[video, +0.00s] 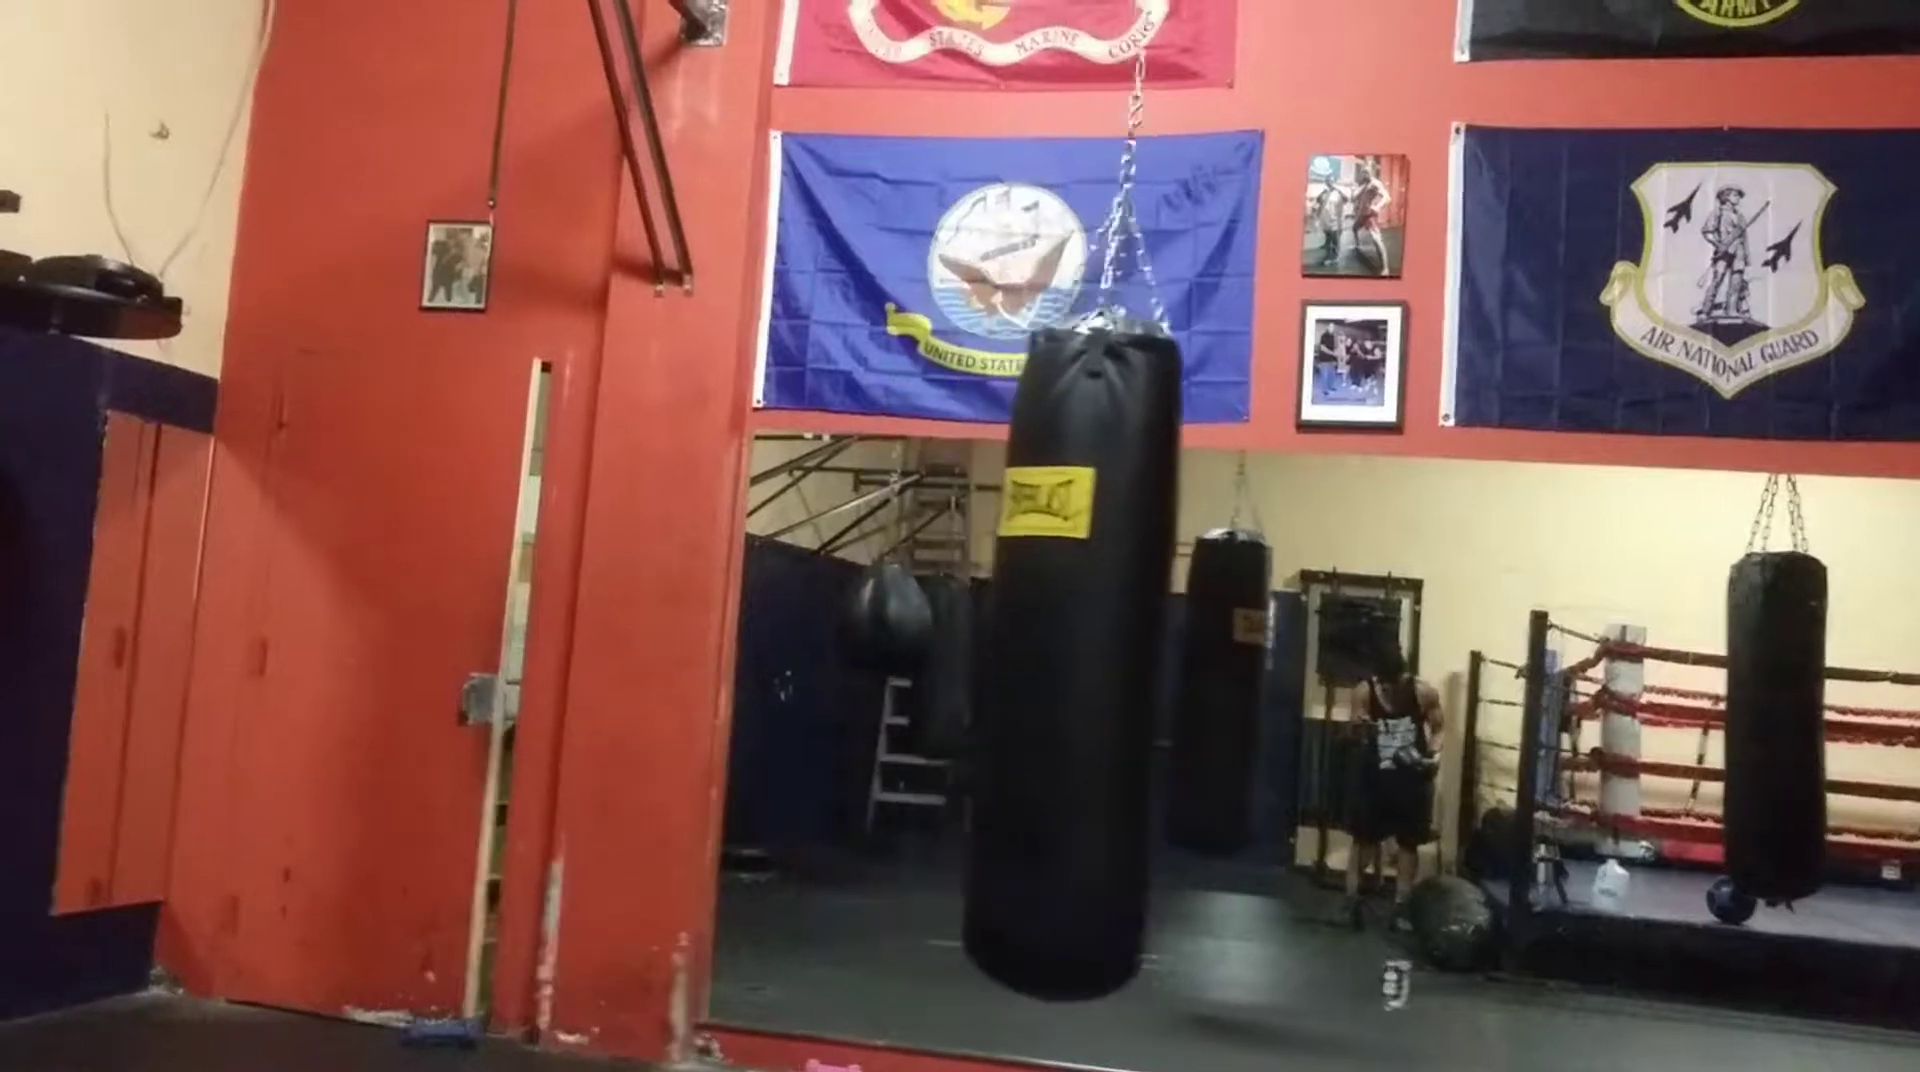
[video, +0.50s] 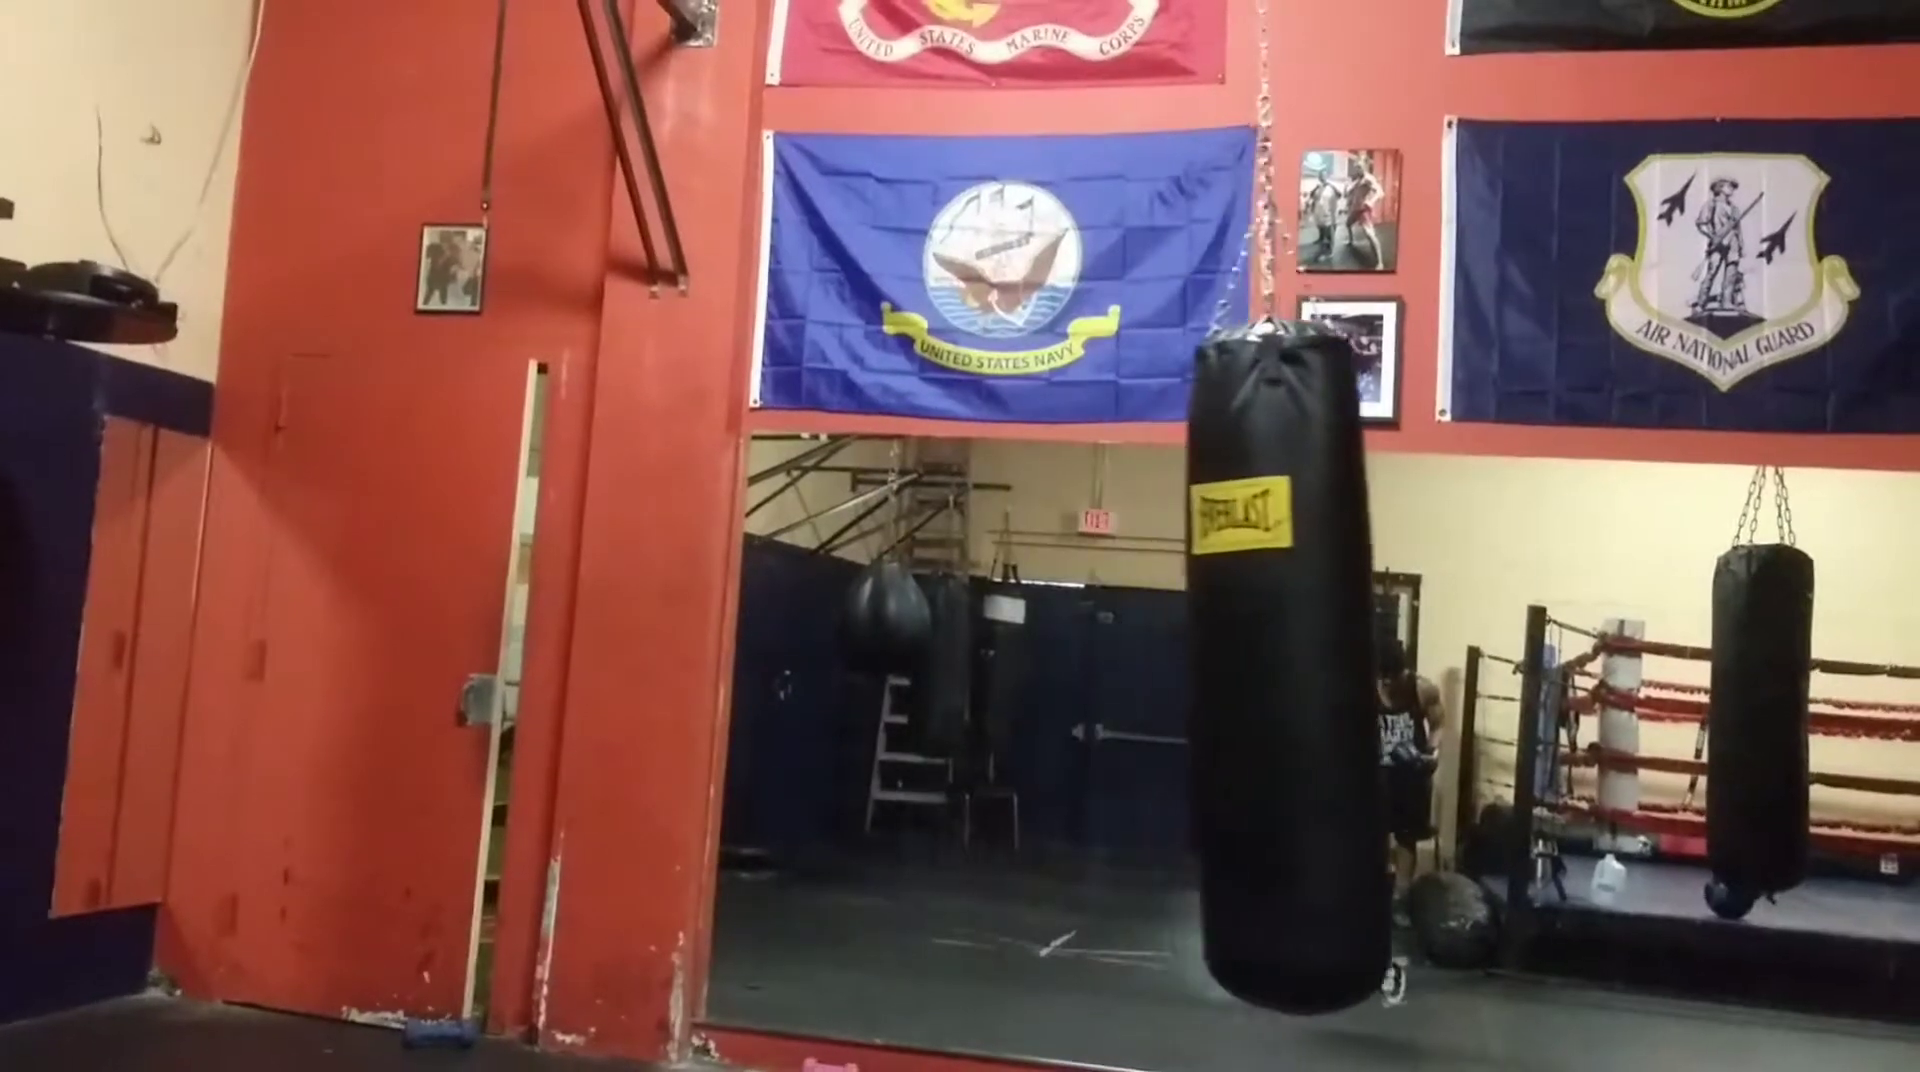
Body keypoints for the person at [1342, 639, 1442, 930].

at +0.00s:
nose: (1388, 689)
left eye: (1394, 683)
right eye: (1382, 683)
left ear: (1406, 675)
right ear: (1375, 678)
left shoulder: (1424, 694)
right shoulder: (1364, 693)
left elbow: (1437, 727)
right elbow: (1355, 730)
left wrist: (1434, 752)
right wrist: (1365, 731)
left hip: (1412, 778)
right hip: (1374, 776)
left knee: (1408, 844)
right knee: (1363, 839)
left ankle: (1402, 907)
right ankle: (1354, 901)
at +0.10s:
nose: (1387, 690)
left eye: (1392, 685)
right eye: (1382, 685)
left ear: (1405, 676)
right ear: (1375, 678)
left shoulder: (1424, 694)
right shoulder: (1363, 695)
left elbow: (1437, 728)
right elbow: (1358, 735)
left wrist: (1431, 752)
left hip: (1411, 780)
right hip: (1373, 778)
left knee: (1407, 846)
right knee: (1361, 839)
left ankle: (1400, 909)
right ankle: (1351, 898)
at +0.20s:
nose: (1388, 688)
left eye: (1393, 682)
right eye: (1382, 683)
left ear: (1404, 673)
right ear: (1374, 676)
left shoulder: (1423, 692)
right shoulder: (1366, 691)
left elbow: (1436, 726)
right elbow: (1355, 725)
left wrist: (1430, 746)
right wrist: (1377, 722)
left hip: (1411, 776)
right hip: (1372, 774)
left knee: (1406, 843)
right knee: (1361, 836)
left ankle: (1400, 906)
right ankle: (1351, 898)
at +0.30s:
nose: (1388, 687)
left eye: (1394, 681)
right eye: (1383, 681)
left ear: (1406, 672)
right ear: (1376, 673)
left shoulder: (1425, 690)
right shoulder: (1365, 690)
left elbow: (1438, 723)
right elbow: (1354, 728)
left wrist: (1435, 749)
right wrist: (1363, 728)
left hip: (1412, 776)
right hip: (1372, 775)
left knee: (1408, 841)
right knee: (1361, 834)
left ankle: (1401, 903)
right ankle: (1352, 893)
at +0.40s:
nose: (1389, 686)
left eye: (1395, 681)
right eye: (1384, 681)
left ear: (1407, 673)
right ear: (1376, 674)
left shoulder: (1425, 690)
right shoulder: (1362, 691)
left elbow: (1438, 725)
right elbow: (1351, 732)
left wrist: (1433, 749)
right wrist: (1362, 727)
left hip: (1411, 777)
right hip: (1371, 776)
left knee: (1407, 842)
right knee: (1359, 835)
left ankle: (1401, 903)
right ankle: (1351, 894)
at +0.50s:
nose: (1390, 683)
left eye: (1394, 676)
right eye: (1384, 678)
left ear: (1405, 668)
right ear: (1377, 672)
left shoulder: (1423, 689)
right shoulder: (1372, 691)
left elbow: (1436, 723)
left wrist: (1433, 749)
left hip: (1411, 773)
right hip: (1378, 772)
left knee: (1406, 841)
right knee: (1377, 838)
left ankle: (1401, 900)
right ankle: (1375, 899)